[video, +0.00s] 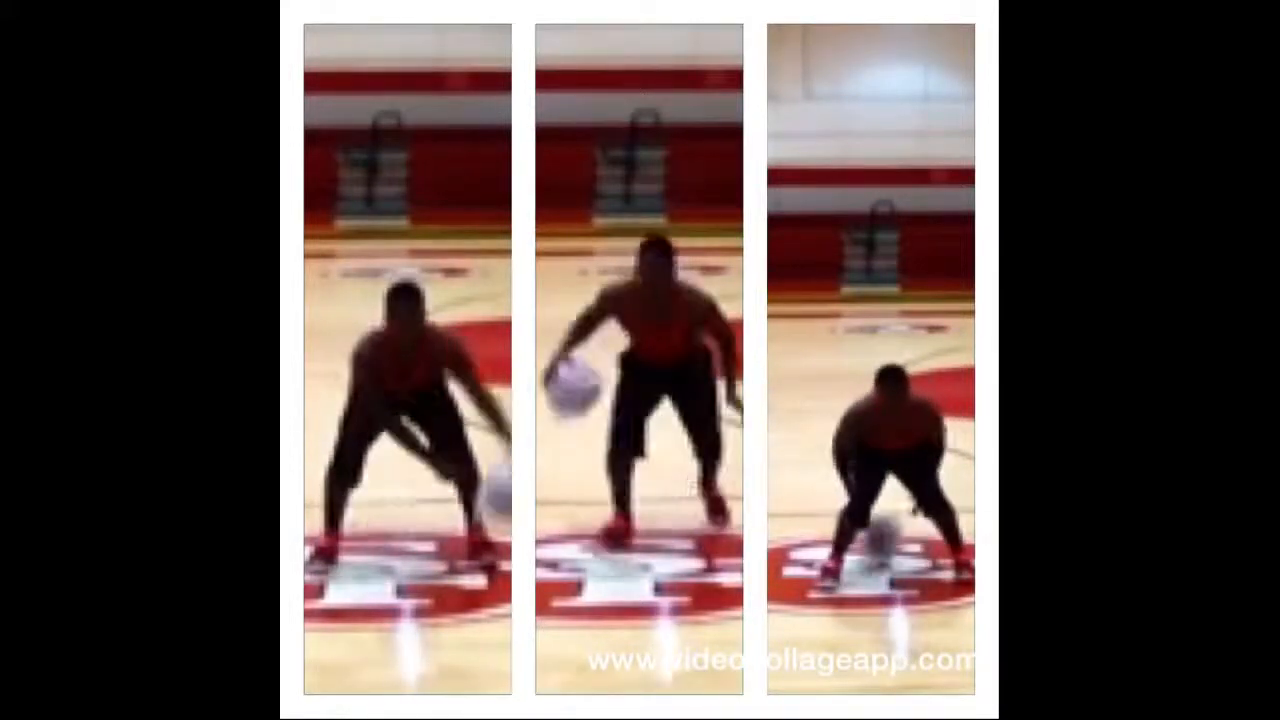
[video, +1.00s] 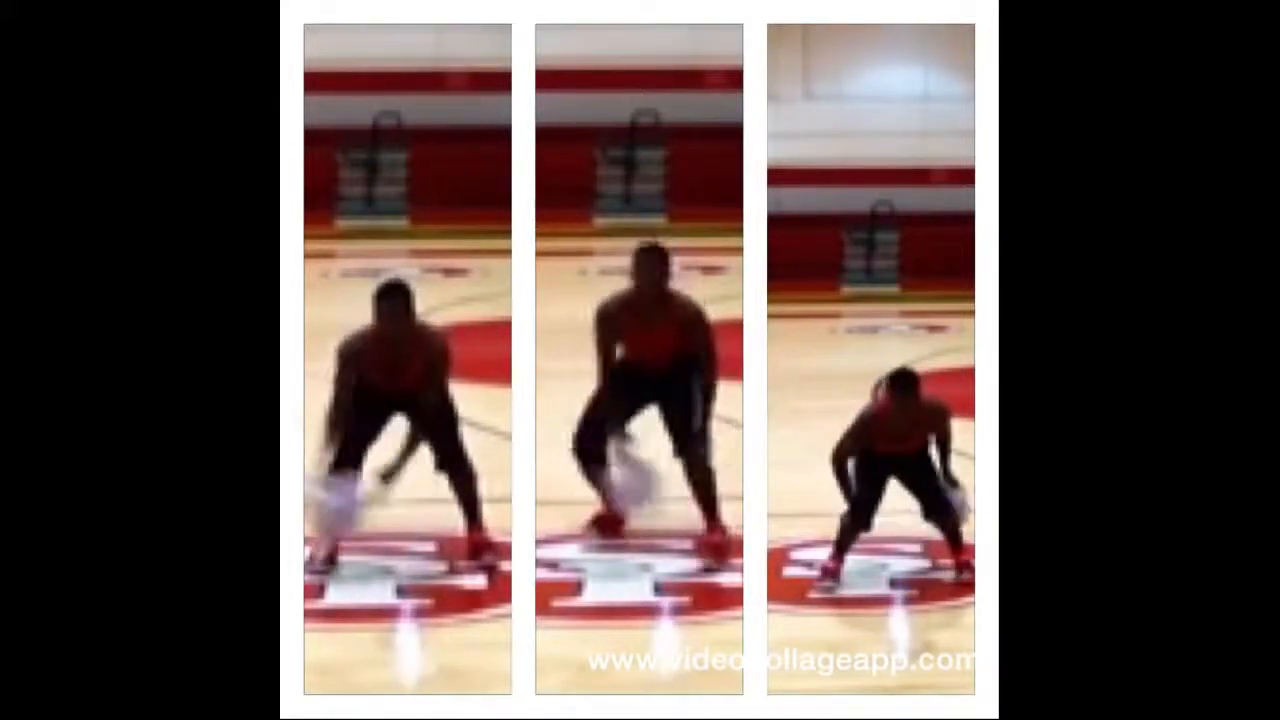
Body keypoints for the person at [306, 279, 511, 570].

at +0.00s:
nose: (406, 327)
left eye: (413, 318)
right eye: (399, 318)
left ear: (422, 315)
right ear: (388, 317)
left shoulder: (440, 345)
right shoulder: (370, 351)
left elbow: (477, 392)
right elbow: (385, 418)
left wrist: (506, 435)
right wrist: (432, 461)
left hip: (426, 398)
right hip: (375, 401)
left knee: (463, 464)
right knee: (341, 471)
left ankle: (475, 531)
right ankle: (330, 540)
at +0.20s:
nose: (408, 323)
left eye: (415, 314)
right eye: (402, 314)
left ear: (426, 311)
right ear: (391, 313)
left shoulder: (447, 345)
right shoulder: (370, 346)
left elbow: (449, 406)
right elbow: (360, 417)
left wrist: (440, 457)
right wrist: (372, 472)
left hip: (426, 396)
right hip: (376, 397)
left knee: (462, 460)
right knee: (347, 466)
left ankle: (476, 534)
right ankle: (331, 539)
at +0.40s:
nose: (394, 324)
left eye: (402, 315)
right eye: (388, 315)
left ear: (412, 312)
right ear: (377, 313)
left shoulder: (434, 345)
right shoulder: (357, 347)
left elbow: (422, 417)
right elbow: (337, 401)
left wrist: (389, 462)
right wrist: (321, 448)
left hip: (424, 396)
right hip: (372, 397)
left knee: (457, 459)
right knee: (346, 459)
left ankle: (476, 534)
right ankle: (330, 540)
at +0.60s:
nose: (402, 327)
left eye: (409, 318)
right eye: (396, 319)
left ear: (419, 316)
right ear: (385, 318)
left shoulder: (437, 345)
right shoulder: (368, 354)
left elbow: (478, 381)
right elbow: (357, 414)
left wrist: (510, 415)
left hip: (420, 405)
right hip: (369, 406)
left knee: (459, 466)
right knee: (340, 474)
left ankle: (476, 537)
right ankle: (329, 541)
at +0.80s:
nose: (401, 323)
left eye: (407, 313)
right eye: (393, 313)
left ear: (418, 311)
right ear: (383, 312)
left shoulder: (440, 345)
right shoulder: (362, 349)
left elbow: (444, 408)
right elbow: (354, 419)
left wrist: (427, 464)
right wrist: (362, 480)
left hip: (423, 395)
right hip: (373, 395)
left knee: (456, 457)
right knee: (348, 459)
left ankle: (476, 533)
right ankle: (330, 538)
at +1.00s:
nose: (392, 328)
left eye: (399, 319)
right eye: (386, 319)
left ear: (411, 315)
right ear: (376, 316)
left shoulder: (432, 346)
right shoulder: (355, 349)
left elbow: (424, 419)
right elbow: (340, 406)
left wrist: (398, 464)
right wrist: (333, 444)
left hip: (423, 399)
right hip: (372, 399)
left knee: (457, 464)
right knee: (343, 465)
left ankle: (476, 534)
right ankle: (328, 545)